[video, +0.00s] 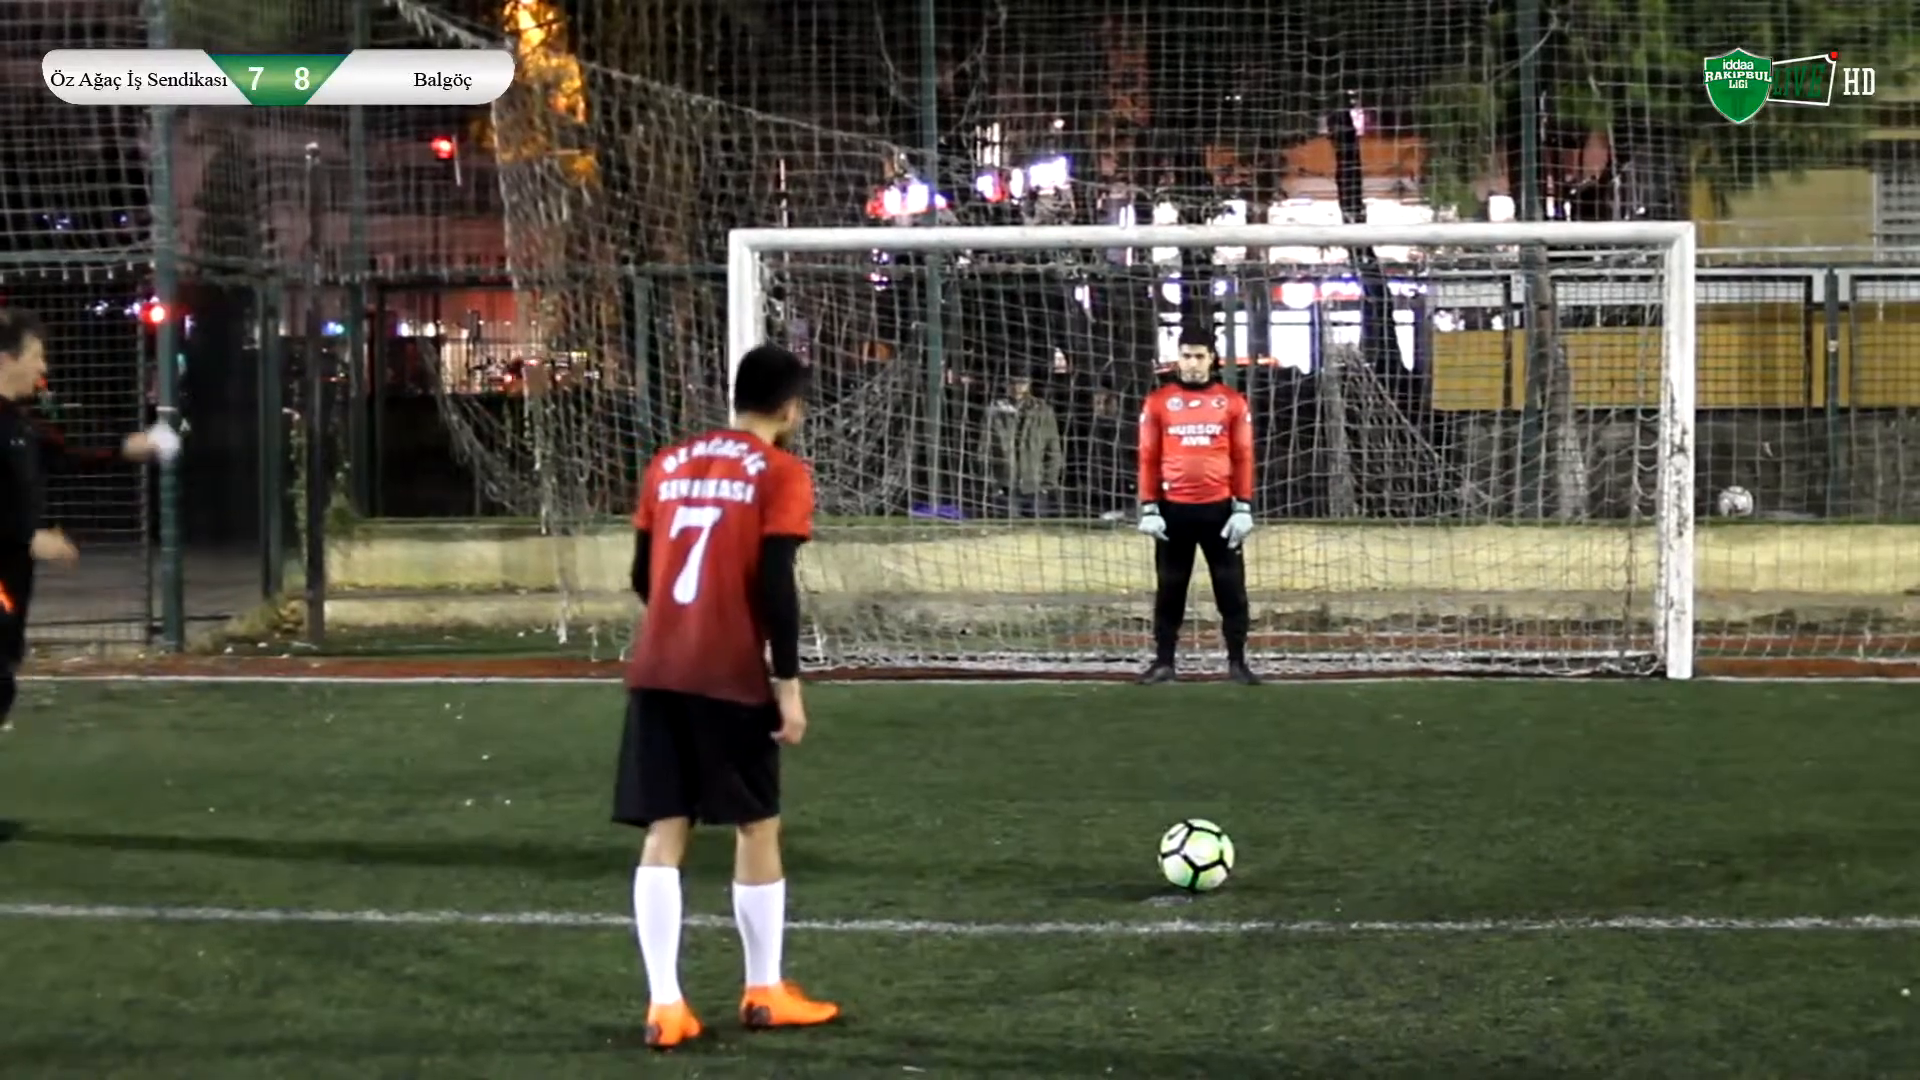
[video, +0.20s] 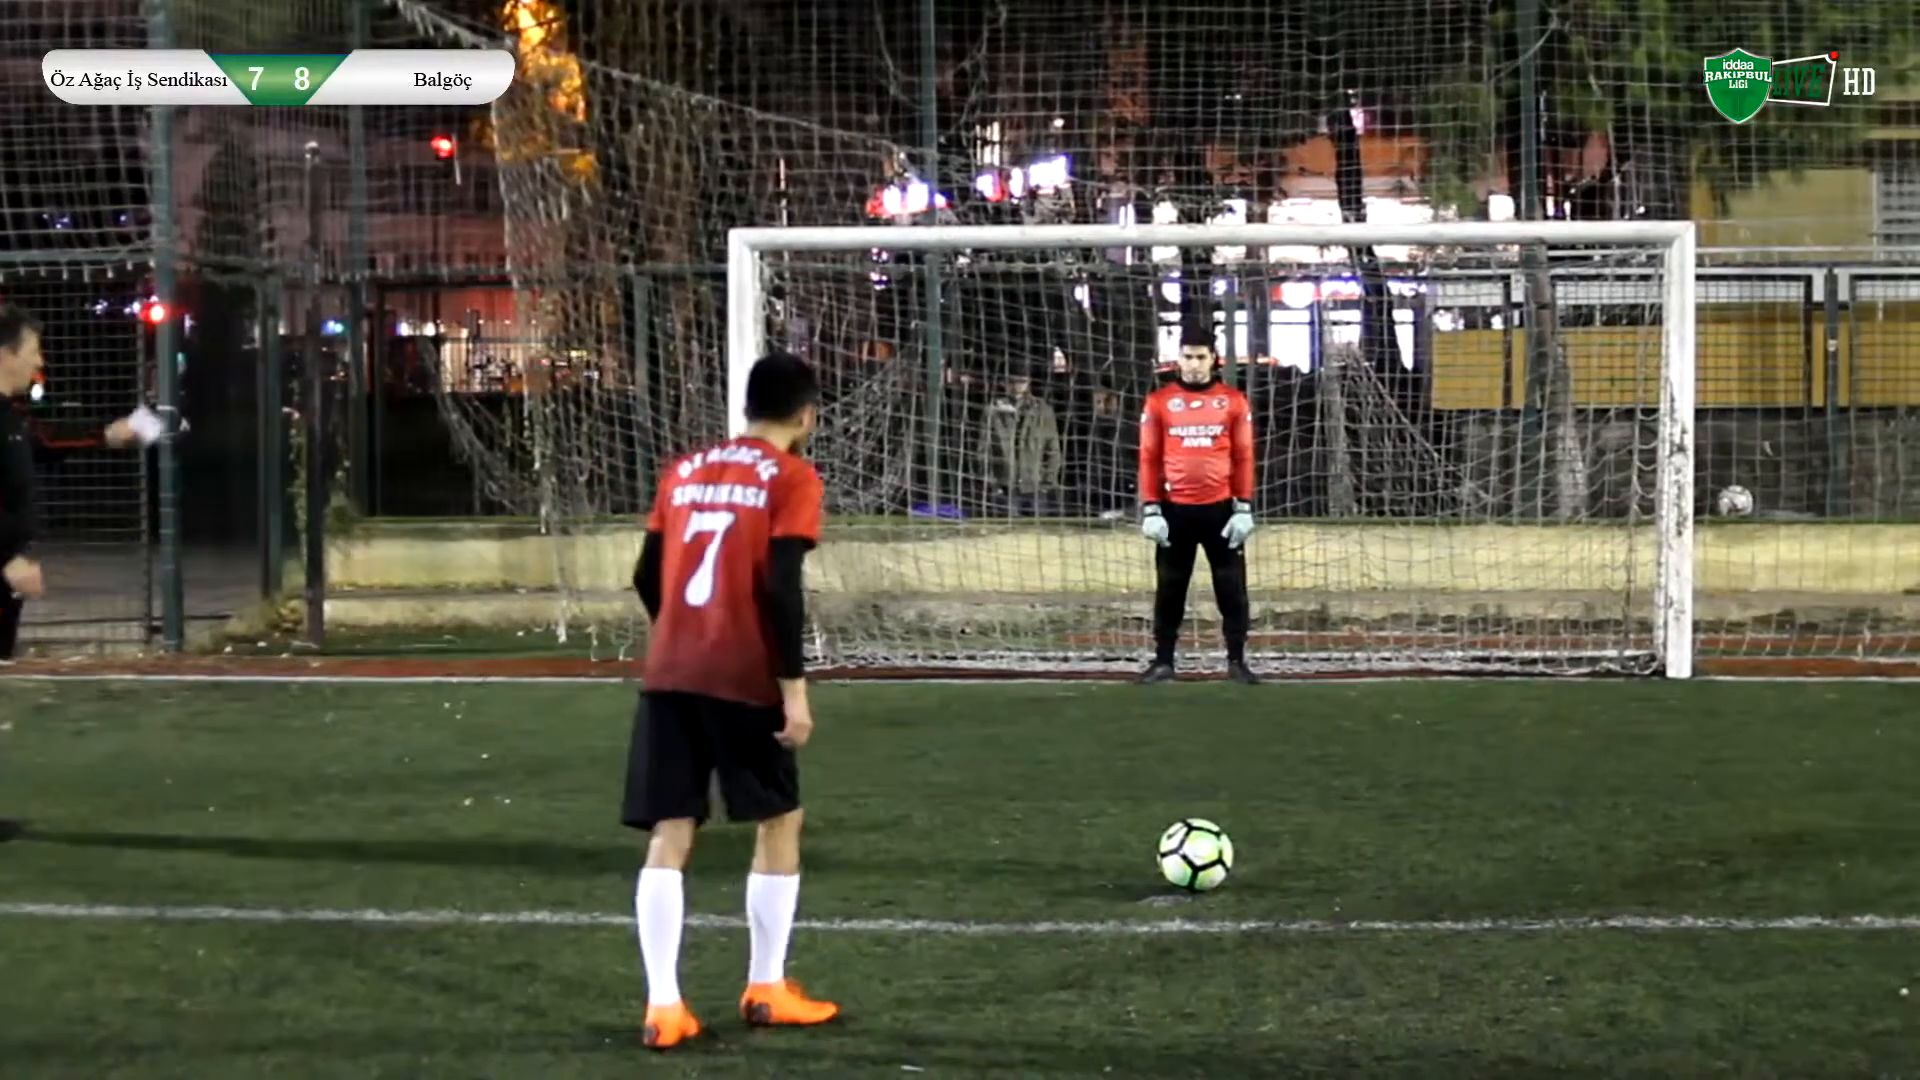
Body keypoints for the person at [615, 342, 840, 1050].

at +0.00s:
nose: (801, 417)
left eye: (799, 405)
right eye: (801, 406)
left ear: (737, 397)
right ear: (788, 408)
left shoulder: (671, 460)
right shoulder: (784, 472)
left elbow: (643, 575)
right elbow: (774, 577)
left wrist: (690, 627)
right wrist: (789, 679)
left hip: (656, 670)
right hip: (733, 675)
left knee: (665, 826)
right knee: (758, 825)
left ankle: (664, 1002)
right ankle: (766, 986)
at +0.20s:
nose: (812, 424)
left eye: (810, 413)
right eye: (813, 414)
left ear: (748, 406)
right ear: (804, 416)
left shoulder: (685, 468)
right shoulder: (794, 479)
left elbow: (647, 578)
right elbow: (781, 581)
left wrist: (684, 644)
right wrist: (795, 683)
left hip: (669, 675)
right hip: (745, 677)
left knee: (671, 829)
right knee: (780, 819)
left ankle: (662, 1003)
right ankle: (767, 984)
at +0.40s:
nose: (838, 435)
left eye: (836, 424)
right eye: (838, 424)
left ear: (775, 418)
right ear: (825, 426)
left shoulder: (711, 480)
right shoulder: (817, 486)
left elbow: (670, 584)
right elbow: (797, 571)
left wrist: (705, 642)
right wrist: (800, 675)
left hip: (695, 683)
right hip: (766, 683)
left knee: (686, 832)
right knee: (829, 795)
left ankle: (665, 1002)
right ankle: (809, 958)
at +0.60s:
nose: (890, 478)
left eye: (888, 469)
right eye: (890, 468)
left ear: (829, 465)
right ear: (878, 466)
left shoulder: (776, 516)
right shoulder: (874, 512)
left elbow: (775, 613)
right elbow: (849, 575)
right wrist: (837, 671)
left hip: (749, 690)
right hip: (816, 689)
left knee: (718, 832)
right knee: (898, 792)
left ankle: (672, 991)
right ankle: (894, 953)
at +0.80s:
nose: (959, 483)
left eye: (956, 474)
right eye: (956, 474)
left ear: (895, 477)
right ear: (946, 475)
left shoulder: (860, 519)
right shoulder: (956, 526)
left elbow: (815, 546)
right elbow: (983, 610)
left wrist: (868, 572)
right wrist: (1020, 689)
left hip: (848, 697)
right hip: (915, 697)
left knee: (876, 840)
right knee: (961, 828)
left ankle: (801, 906)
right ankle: (903, 962)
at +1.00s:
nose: (985, 429)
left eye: (981, 421)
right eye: (981, 421)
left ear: (926, 433)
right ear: (974, 426)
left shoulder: (899, 487)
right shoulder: (1009, 484)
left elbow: (806, 506)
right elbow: (1075, 555)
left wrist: (818, 565)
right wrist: (1138, 581)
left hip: (948, 664)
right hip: (1006, 657)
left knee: (1021, 764)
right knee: (1015, 784)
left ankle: (1060, 863)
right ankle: (958, 849)